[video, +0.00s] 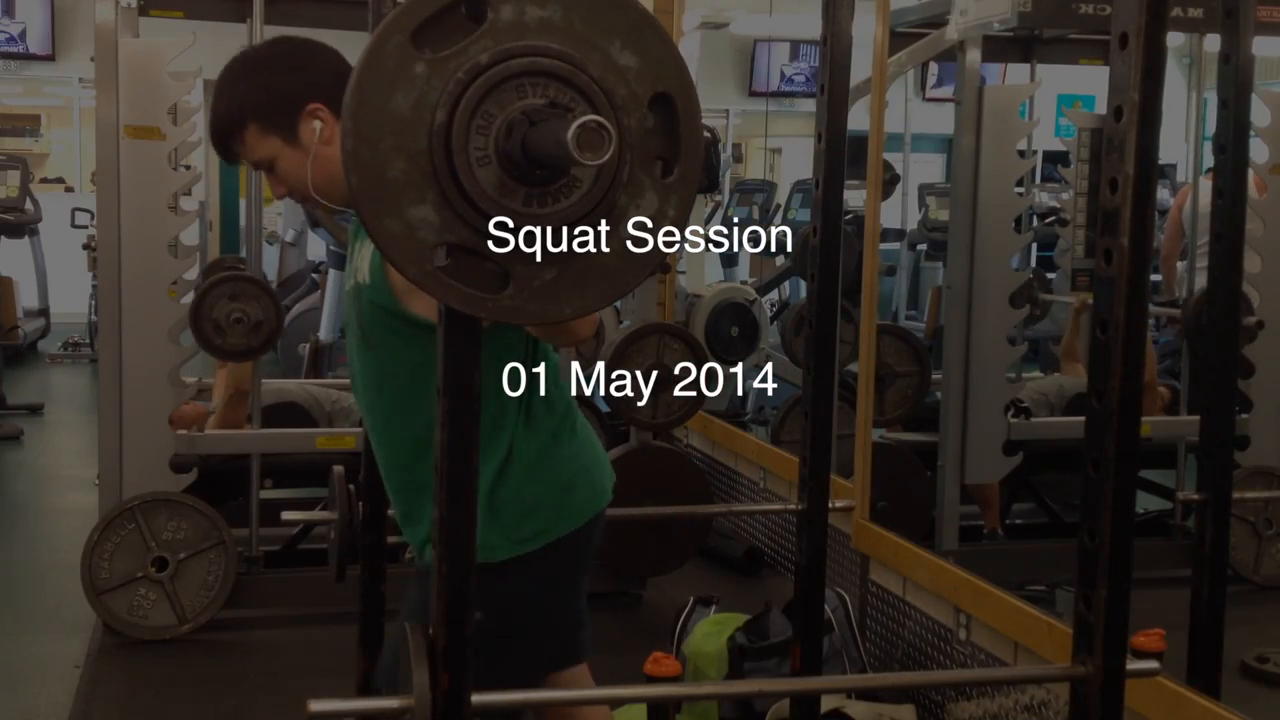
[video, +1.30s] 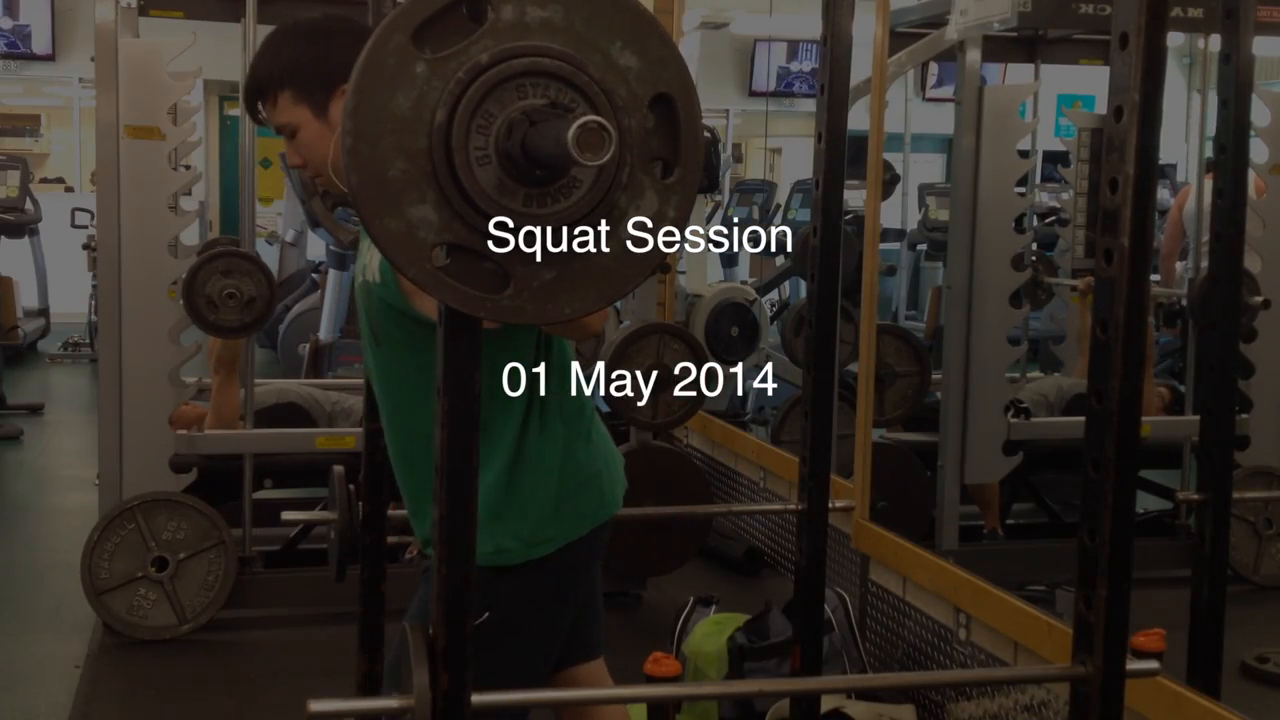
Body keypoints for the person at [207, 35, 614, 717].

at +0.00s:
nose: (277, 193)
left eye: (269, 166)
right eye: (262, 174)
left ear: (319, 125)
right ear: (322, 126)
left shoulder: (399, 233)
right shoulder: (376, 228)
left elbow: (570, 320)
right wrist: (226, 406)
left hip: (506, 520)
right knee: (564, 685)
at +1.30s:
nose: (290, 155)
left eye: (292, 131)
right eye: (281, 139)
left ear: (347, 103)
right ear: (340, 108)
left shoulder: (405, 217)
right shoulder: (389, 220)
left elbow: (586, 320)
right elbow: (586, 319)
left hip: (512, 510)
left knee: (445, 689)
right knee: (579, 676)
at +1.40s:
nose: (289, 155)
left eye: (291, 131)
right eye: (280, 138)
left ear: (347, 103)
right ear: (342, 109)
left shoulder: (404, 215)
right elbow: (586, 318)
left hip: (509, 511)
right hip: (557, 489)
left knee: (455, 693)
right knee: (577, 676)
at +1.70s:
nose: (290, 154)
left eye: (291, 130)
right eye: (281, 137)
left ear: (347, 103)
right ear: (341, 109)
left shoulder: (406, 215)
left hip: (511, 509)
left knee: (457, 694)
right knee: (578, 678)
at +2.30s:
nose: (298, 121)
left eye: (308, 95)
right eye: (298, 99)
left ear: (369, 88)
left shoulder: (414, 223)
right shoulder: (374, 223)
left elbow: (574, 327)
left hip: (456, 554)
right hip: (409, 547)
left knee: (354, 713)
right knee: (352, 700)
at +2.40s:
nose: (296, 120)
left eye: (305, 94)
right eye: (295, 98)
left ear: (368, 86)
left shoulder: (410, 222)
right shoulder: (371, 221)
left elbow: (572, 326)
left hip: (447, 546)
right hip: (402, 539)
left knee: (347, 714)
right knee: (351, 704)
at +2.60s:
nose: (296, 121)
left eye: (305, 96)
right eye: (295, 99)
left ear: (367, 88)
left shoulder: (415, 221)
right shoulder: (369, 221)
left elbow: (569, 330)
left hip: (452, 544)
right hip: (395, 534)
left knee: (350, 713)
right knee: (332, 696)